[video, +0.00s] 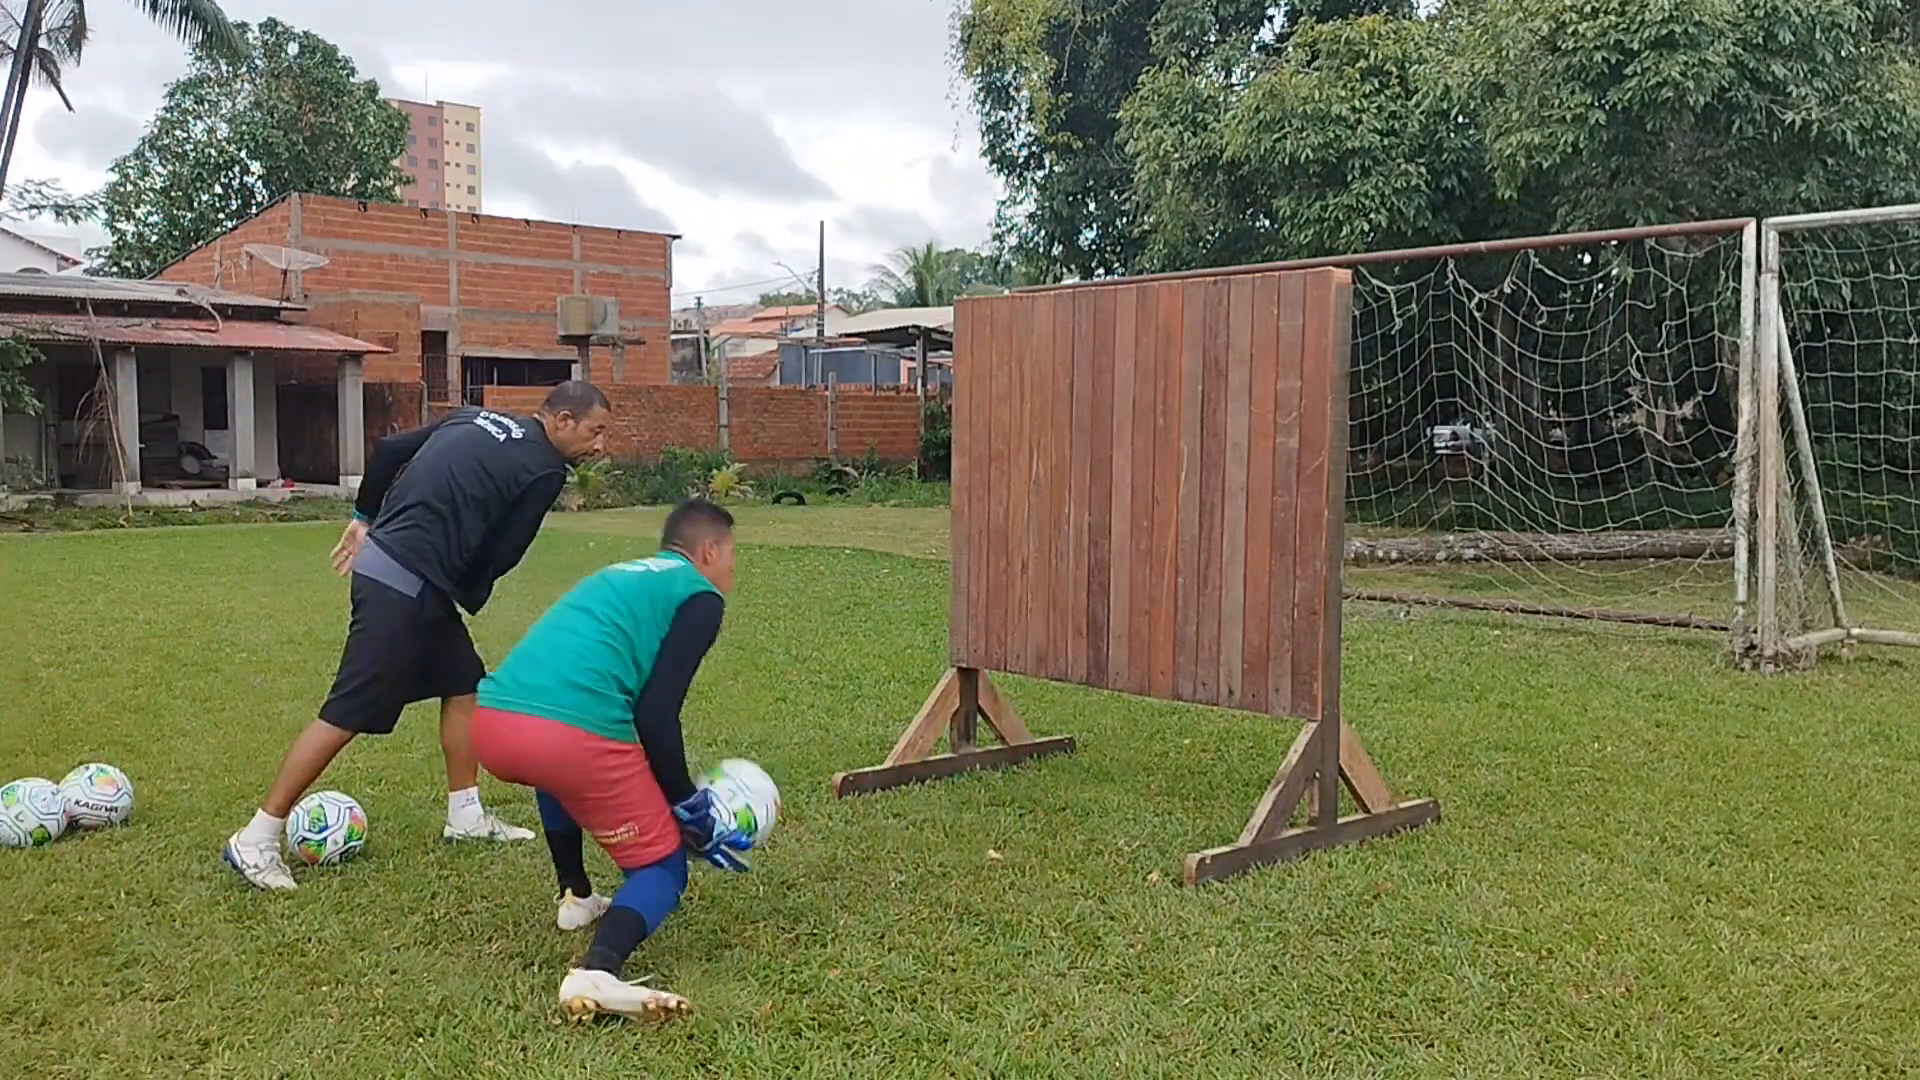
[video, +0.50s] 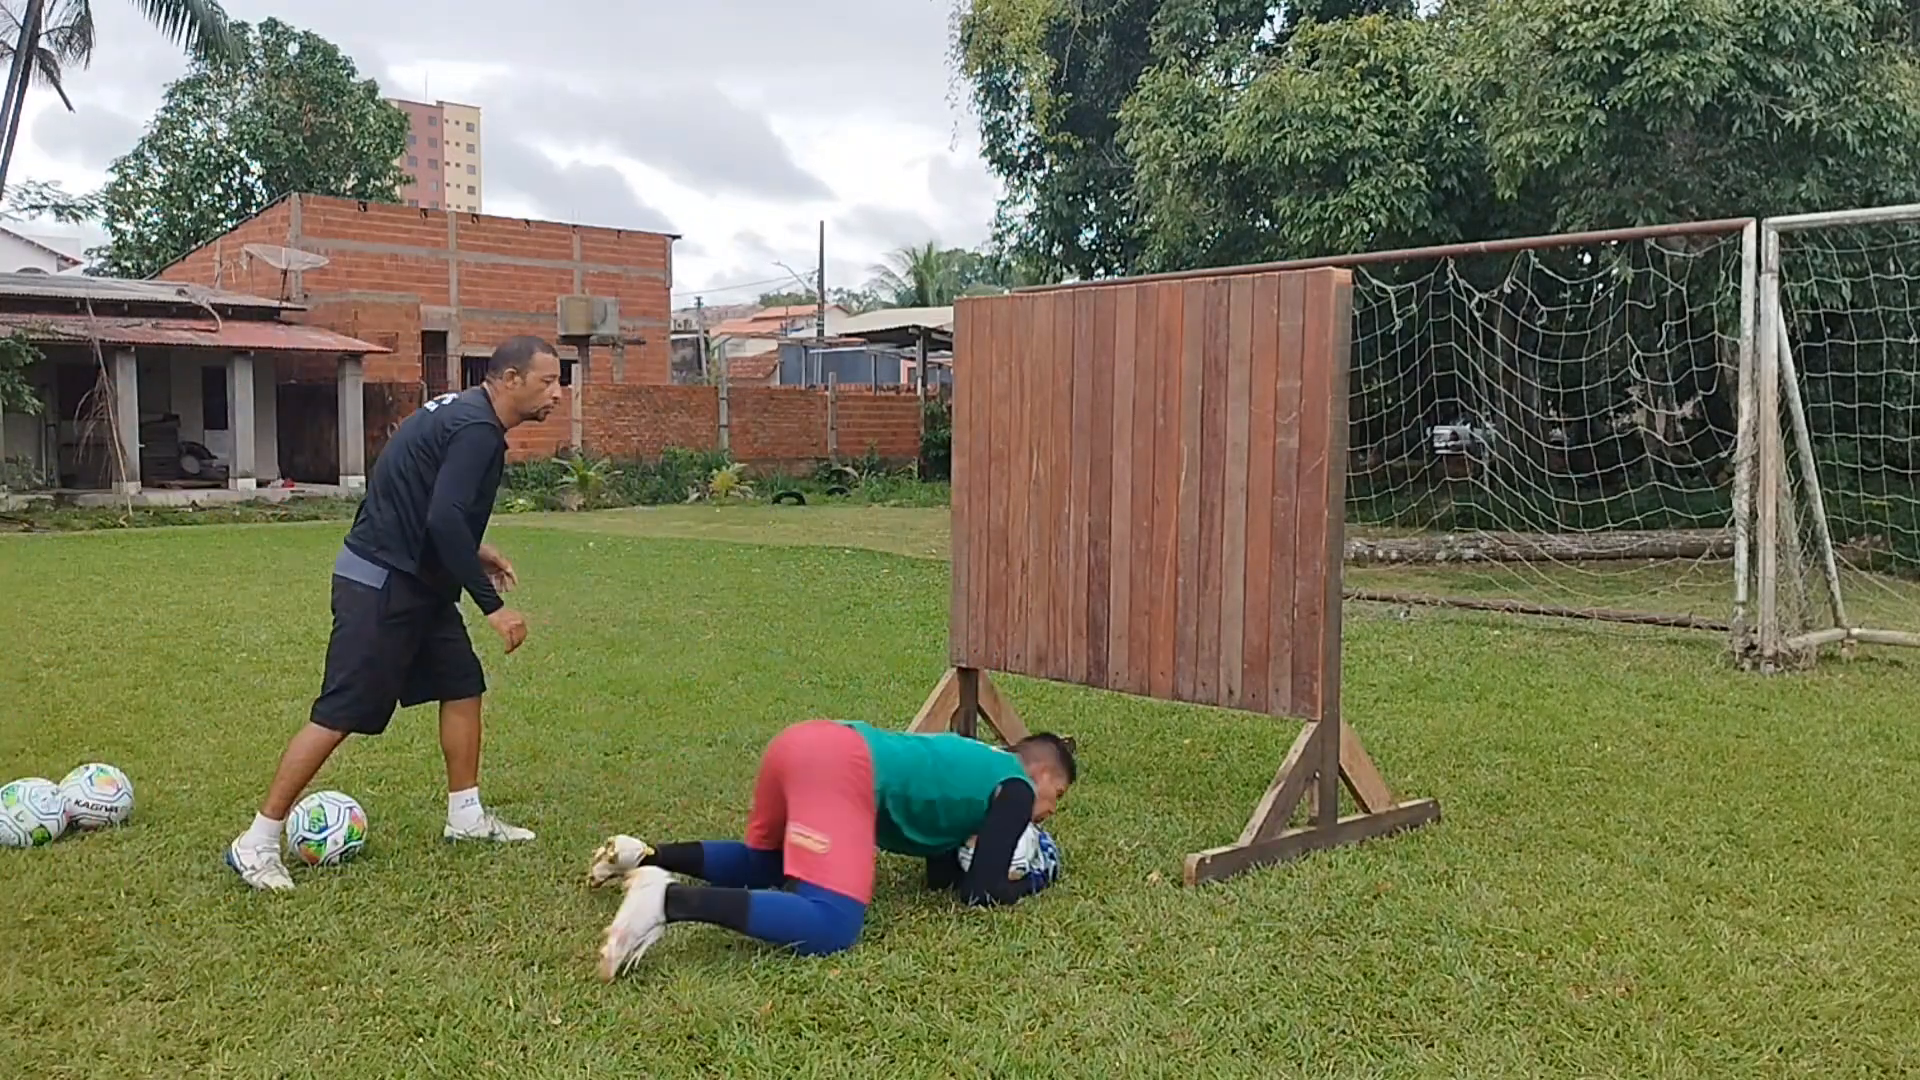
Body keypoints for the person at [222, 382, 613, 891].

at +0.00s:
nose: (599, 446)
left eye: (603, 435)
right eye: (594, 433)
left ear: (553, 418)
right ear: (560, 420)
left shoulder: (474, 418)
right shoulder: (546, 468)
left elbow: (390, 448)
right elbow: (502, 552)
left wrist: (363, 517)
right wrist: (464, 592)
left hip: (383, 563)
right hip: (402, 583)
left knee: (463, 681)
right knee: (349, 711)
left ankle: (467, 817)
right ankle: (257, 839)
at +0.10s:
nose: (598, 442)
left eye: (602, 431)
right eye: (593, 428)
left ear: (552, 416)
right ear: (557, 416)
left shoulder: (480, 421)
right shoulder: (539, 463)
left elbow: (391, 458)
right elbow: (503, 559)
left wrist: (385, 533)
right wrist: (501, 628)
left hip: (417, 585)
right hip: (396, 582)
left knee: (466, 682)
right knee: (347, 711)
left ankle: (466, 818)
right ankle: (257, 839)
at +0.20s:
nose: (593, 434)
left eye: (597, 423)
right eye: (588, 421)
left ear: (546, 412)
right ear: (551, 411)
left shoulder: (486, 422)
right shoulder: (527, 458)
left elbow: (406, 472)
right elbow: (502, 550)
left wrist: (412, 549)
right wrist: (531, 638)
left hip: (421, 586)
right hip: (391, 581)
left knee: (467, 682)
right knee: (343, 710)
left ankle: (466, 818)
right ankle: (256, 840)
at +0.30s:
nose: (586, 424)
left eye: (589, 412)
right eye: (579, 411)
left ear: (536, 405)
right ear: (540, 403)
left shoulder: (482, 421)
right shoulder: (516, 449)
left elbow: (413, 486)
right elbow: (492, 540)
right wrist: (536, 625)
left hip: (424, 589)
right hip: (386, 582)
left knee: (466, 684)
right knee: (343, 711)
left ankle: (466, 818)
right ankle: (256, 841)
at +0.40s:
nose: (572, 409)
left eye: (575, 399)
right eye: (566, 397)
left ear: (521, 396)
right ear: (526, 394)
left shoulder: (475, 418)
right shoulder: (498, 439)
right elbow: (474, 529)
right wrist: (521, 613)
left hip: (426, 588)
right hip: (383, 583)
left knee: (464, 687)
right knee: (342, 711)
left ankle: (466, 818)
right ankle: (256, 841)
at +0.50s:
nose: (557, 394)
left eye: (558, 384)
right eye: (548, 383)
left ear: (506, 382)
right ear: (508, 380)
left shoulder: (463, 414)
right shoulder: (478, 432)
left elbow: (424, 506)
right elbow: (447, 522)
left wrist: (475, 550)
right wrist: (494, 606)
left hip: (421, 584)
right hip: (379, 582)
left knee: (462, 688)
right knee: (339, 712)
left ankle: (466, 818)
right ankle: (257, 841)